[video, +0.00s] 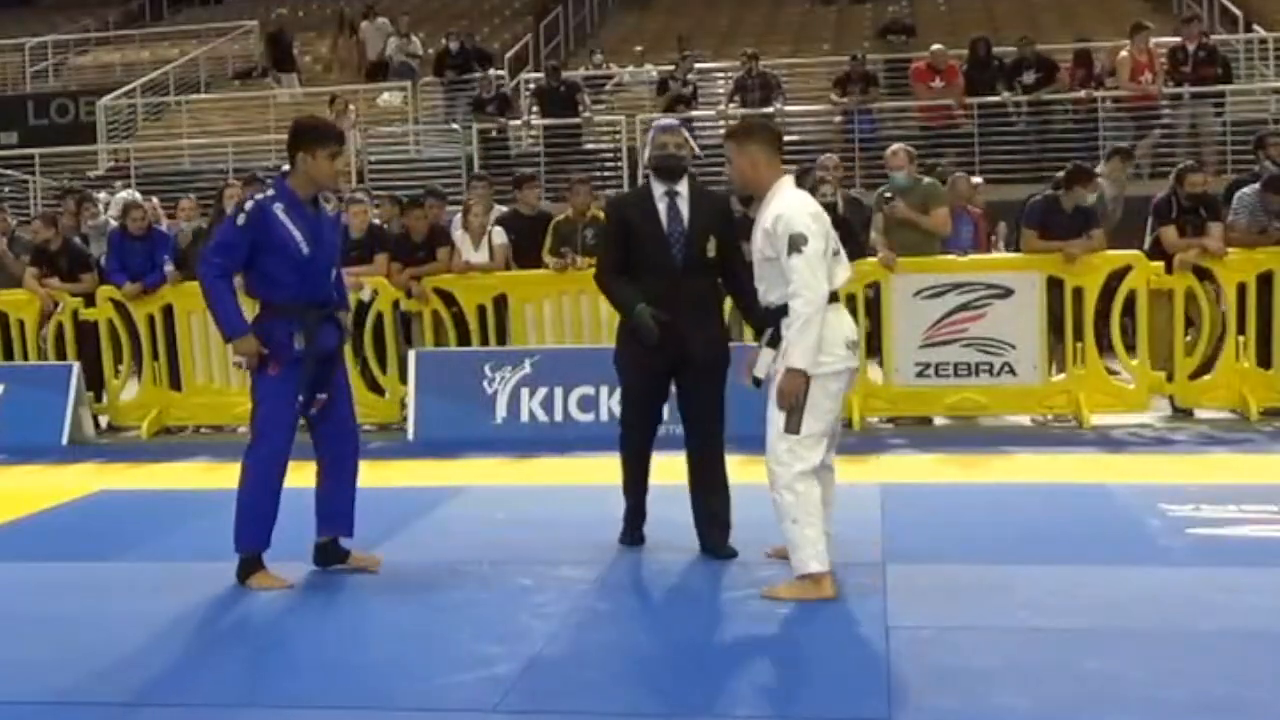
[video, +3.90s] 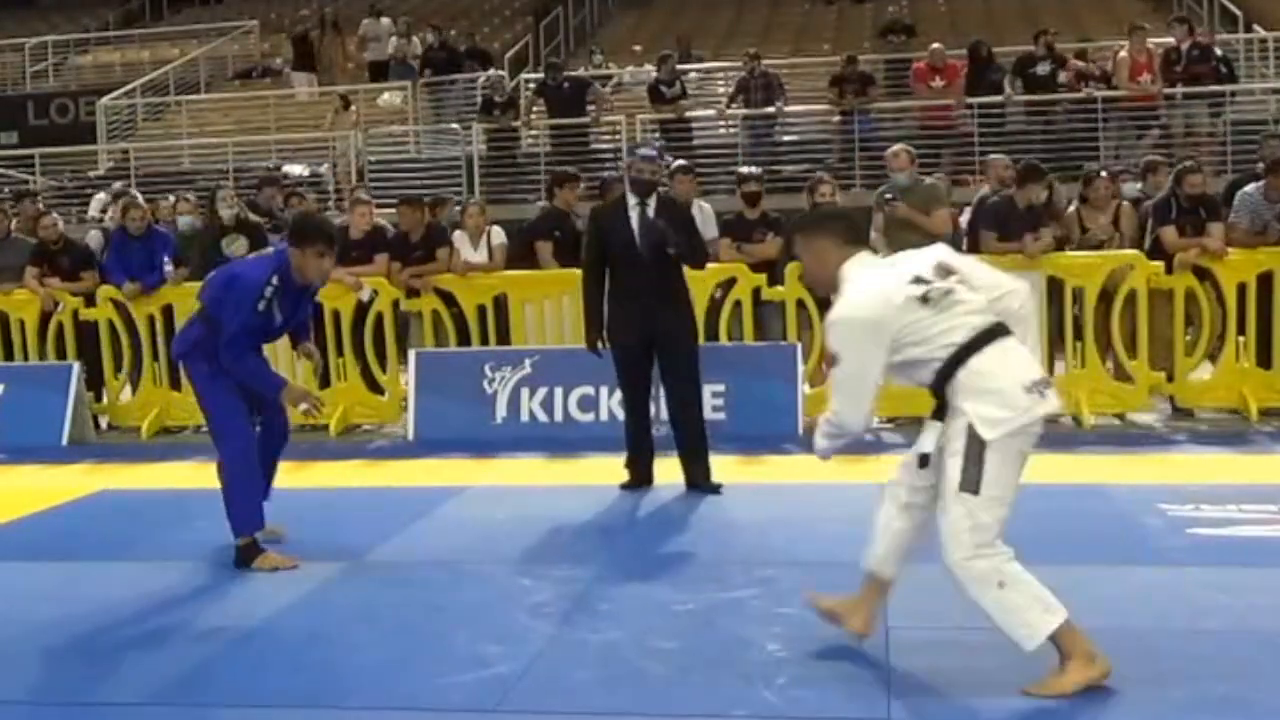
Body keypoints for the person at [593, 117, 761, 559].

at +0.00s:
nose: (669, 154)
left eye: (677, 146)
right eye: (661, 147)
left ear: (690, 153)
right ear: (646, 154)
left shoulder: (713, 205)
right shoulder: (622, 208)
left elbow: (735, 271)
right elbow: (607, 272)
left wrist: (761, 319)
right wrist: (633, 307)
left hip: (702, 339)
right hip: (644, 339)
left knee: (706, 440)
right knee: (636, 436)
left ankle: (714, 535)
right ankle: (633, 520)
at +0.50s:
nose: (638, 158)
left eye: (645, 151)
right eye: (630, 152)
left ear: (656, 157)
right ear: (615, 159)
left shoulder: (680, 202)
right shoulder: (597, 213)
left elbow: (703, 267)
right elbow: (581, 273)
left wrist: (719, 323)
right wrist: (600, 273)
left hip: (682, 332)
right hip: (626, 337)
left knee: (695, 427)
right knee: (631, 435)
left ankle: (702, 515)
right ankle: (636, 523)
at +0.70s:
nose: (647, 161)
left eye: (653, 154)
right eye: (639, 155)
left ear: (663, 160)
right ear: (624, 163)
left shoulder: (686, 204)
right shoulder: (610, 208)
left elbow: (708, 266)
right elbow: (591, 246)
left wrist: (726, 319)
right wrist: (593, 219)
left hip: (686, 332)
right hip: (632, 335)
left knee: (698, 419)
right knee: (633, 432)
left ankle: (699, 491)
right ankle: (636, 523)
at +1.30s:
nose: (673, 166)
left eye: (680, 159)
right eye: (666, 159)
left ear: (690, 163)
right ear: (652, 162)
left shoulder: (702, 207)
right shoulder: (632, 203)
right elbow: (628, 255)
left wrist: (723, 323)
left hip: (697, 317)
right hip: (643, 312)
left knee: (695, 418)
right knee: (639, 411)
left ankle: (693, 503)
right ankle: (634, 487)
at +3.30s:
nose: (642, 170)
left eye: (650, 165)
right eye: (638, 164)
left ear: (667, 170)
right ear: (631, 168)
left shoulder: (692, 215)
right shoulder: (618, 214)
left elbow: (706, 272)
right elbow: (607, 270)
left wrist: (715, 324)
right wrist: (599, 319)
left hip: (677, 325)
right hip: (630, 325)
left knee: (685, 406)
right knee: (636, 406)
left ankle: (691, 480)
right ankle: (637, 476)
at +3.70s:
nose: (636, 175)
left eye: (643, 169)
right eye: (630, 168)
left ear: (654, 173)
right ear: (619, 172)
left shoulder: (674, 210)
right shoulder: (602, 216)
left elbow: (693, 261)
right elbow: (592, 273)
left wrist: (679, 296)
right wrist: (591, 323)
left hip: (670, 318)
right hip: (625, 321)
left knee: (680, 399)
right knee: (633, 402)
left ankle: (690, 477)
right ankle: (638, 473)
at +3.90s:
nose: (645, 175)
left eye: (652, 169)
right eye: (639, 168)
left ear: (662, 174)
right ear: (626, 170)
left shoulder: (675, 209)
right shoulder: (604, 215)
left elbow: (698, 259)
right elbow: (593, 273)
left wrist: (676, 238)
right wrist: (593, 325)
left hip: (673, 317)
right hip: (627, 320)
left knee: (685, 398)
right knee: (635, 401)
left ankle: (697, 475)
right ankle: (639, 473)